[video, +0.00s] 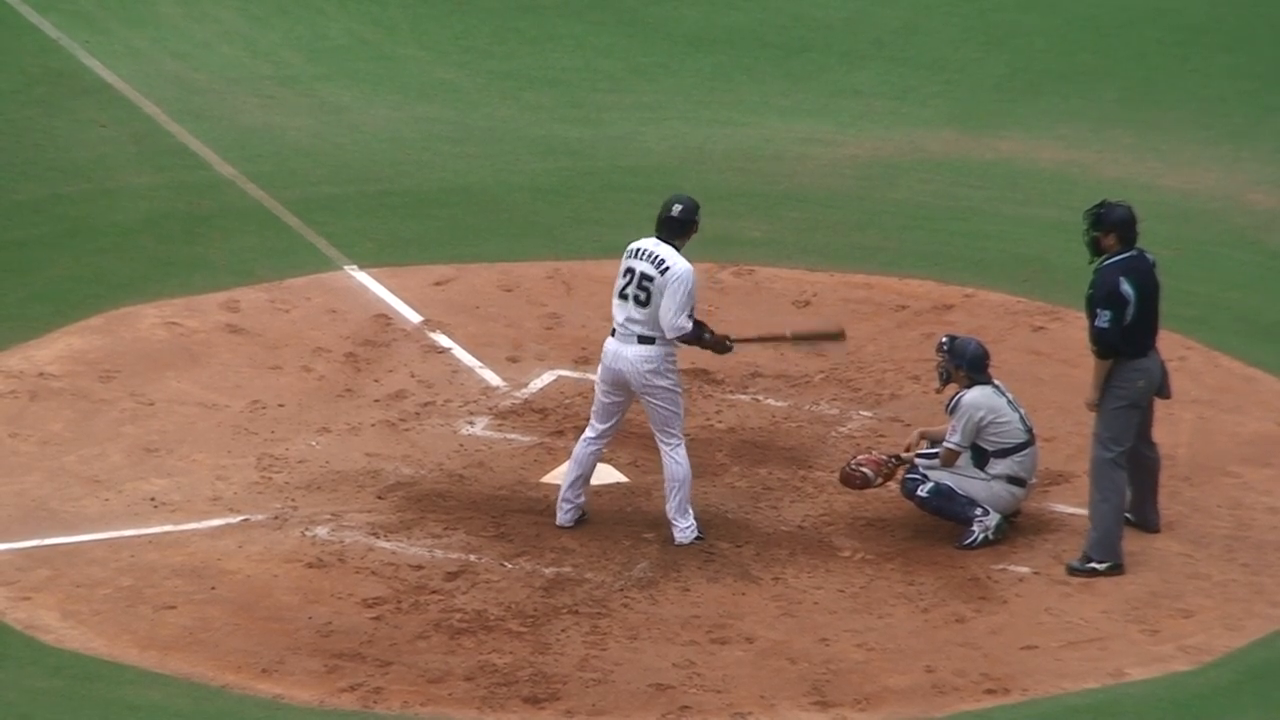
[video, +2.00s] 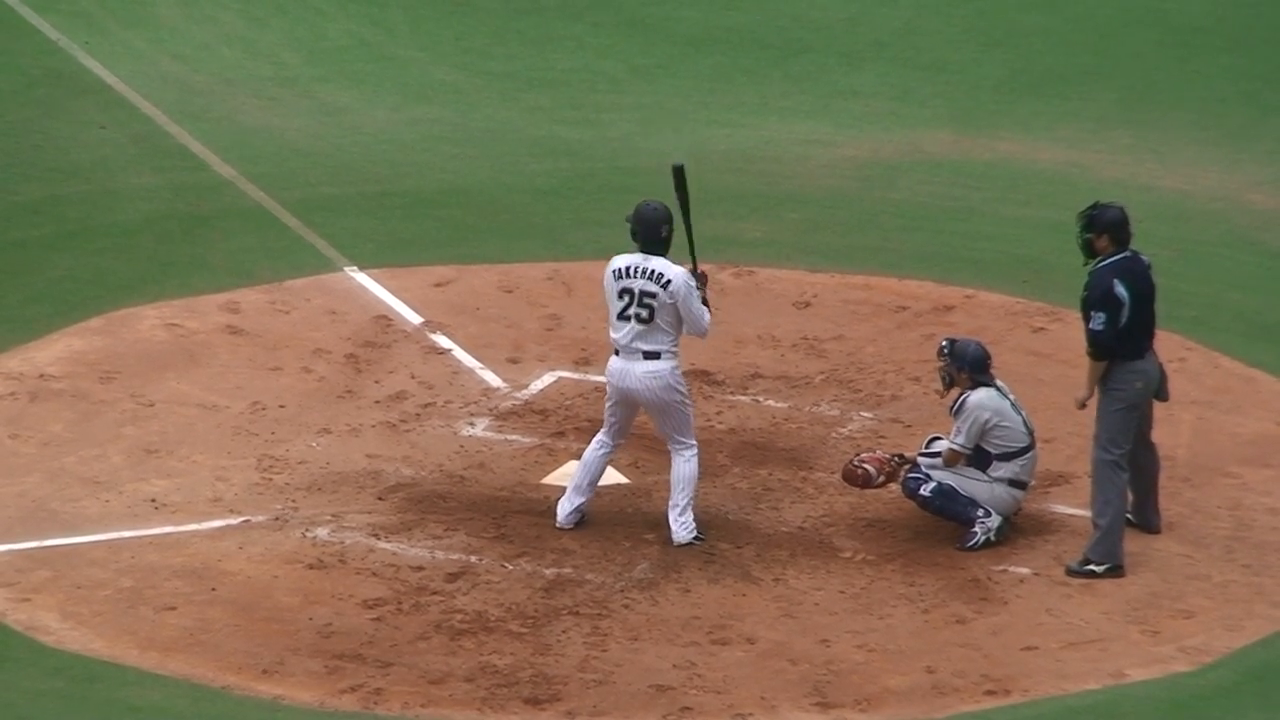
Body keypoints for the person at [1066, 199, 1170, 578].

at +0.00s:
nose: (1093, 236)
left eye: (1098, 232)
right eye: (1096, 230)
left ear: (1110, 237)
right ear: (1126, 234)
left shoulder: (1109, 276)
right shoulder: (1143, 261)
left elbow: (1106, 343)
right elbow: (1145, 321)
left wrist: (1095, 388)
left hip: (1124, 372)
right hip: (1147, 363)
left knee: (1108, 457)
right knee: (1139, 443)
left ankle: (1103, 553)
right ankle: (1145, 512)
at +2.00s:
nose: (1086, 239)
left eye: (1091, 234)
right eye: (1088, 232)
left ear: (1104, 239)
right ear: (1118, 236)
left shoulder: (1103, 278)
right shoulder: (1138, 263)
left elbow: (1100, 344)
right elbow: (1143, 322)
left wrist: (1089, 386)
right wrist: (1143, 361)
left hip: (1122, 375)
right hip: (1145, 365)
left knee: (1108, 459)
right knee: (1138, 444)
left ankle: (1105, 554)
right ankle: (1147, 514)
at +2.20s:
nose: (1077, 243)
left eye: (1082, 238)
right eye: (1078, 237)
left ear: (1096, 241)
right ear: (1109, 238)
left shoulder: (1098, 281)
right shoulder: (1130, 265)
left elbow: (1096, 344)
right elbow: (1137, 323)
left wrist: (1081, 389)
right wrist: (1111, 369)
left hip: (1130, 375)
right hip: (1152, 366)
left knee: (1106, 459)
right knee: (1138, 442)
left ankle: (1104, 555)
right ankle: (1145, 514)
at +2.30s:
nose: (1071, 248)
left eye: (1076, 242)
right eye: (1072, 242)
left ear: (1090, 245)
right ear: (1104, 242)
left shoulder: (1094, 284)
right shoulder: (1127, 267)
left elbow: (1094, 347)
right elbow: (1134, 327)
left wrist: (1080, 393)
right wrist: (1111, 372)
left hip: (1134, 376)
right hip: (1156, 369)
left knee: (1103, 459)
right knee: (1138, 441)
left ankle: (1103, 555)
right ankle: (1145, 513)